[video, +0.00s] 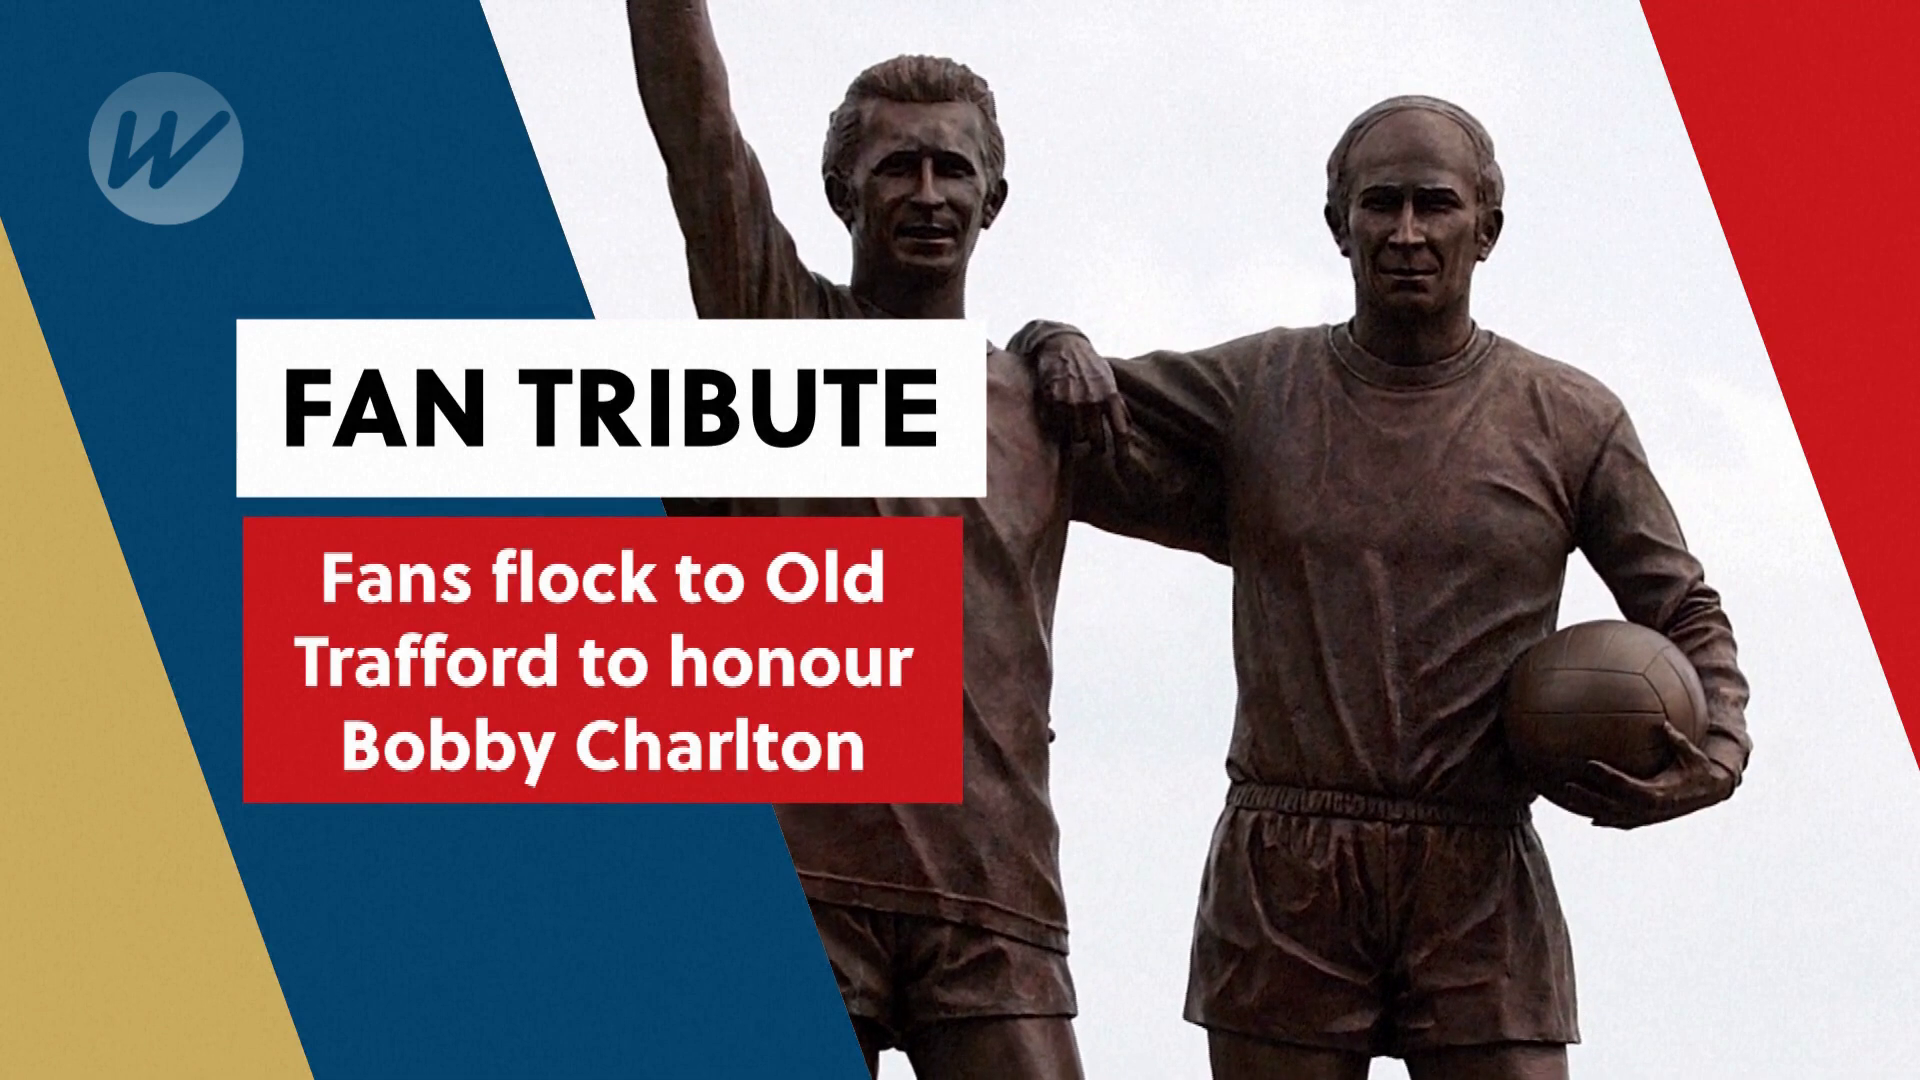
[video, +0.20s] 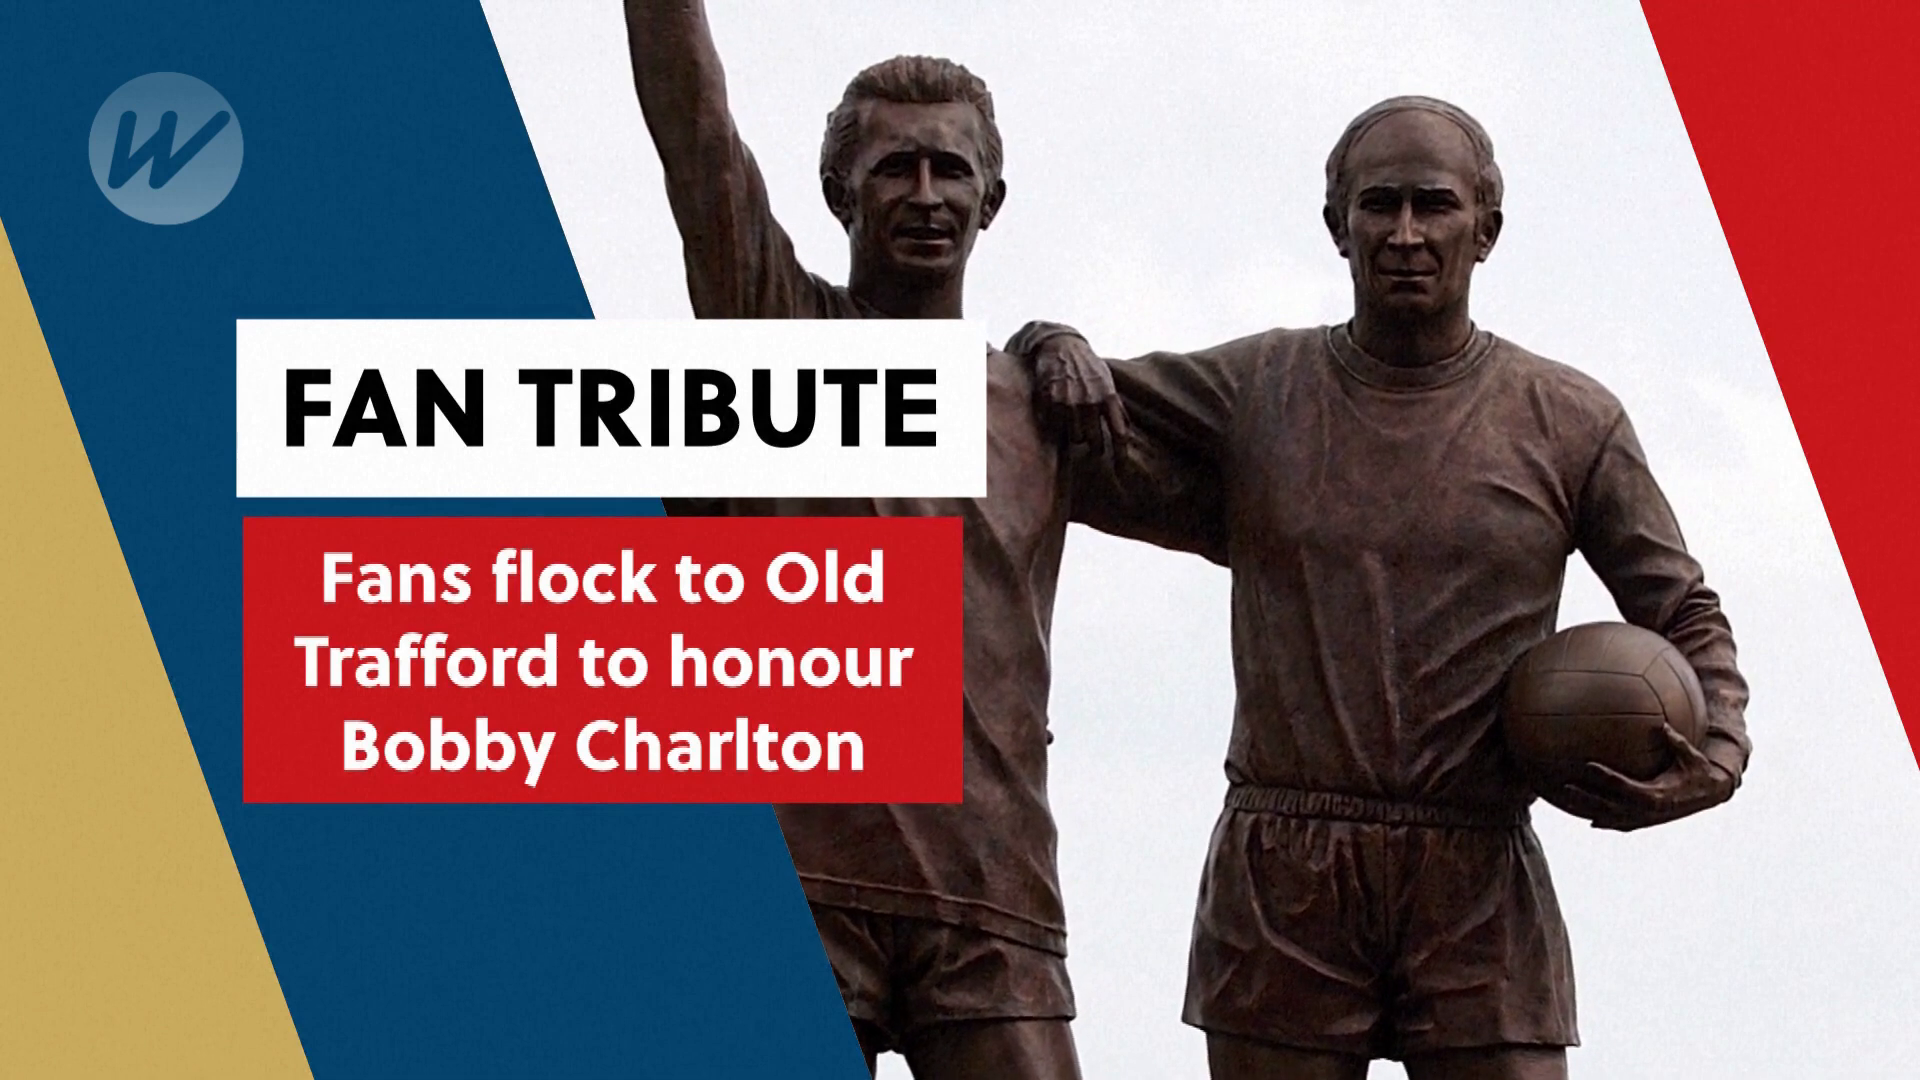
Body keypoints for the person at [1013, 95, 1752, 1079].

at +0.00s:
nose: (1406, 230)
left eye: (1435, 202)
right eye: (1379, 203)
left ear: (1488, 225)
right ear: (1338, 225)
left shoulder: (1571, 416)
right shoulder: (1257, 383)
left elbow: (1682, 610)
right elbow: (1084, 412)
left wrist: (1719, 746)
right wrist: (1052, 346)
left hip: (1479, 883)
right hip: (1281, 877)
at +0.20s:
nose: (1404, 232)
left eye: (1434, 203)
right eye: (1377, 205)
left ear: (1488, 226)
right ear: (1337, 226)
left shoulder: (1570, 417)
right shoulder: (1256, 385)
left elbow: (1681, 611)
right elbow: (1084, 424)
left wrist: (1720, 747)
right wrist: (1051, 348)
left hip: (1478, 885)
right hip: (1279, 878)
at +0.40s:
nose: (1403, 232)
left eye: (1432, 204)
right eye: (1376, 206)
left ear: (1487, 228)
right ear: (1336, 227)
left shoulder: (1570, 418)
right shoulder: (1254, 386)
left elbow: (1681, 612)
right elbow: (1080, 436)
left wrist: (1719, 750)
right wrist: (1047, 351)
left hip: (1478, 888)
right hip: (1277, 882)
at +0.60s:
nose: (1402, 234)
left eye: (1432, 205)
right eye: (1376, 206)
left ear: (1486, 228)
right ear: (1334, 227)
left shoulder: (1569, 419)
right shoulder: (1252, 387)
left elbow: (1681, 614)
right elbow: (1081, 442)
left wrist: (1718, 752)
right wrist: (1047, 352)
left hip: (1477, 890)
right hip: (1276, 885)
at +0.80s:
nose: (1401, 235)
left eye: (1432, 205)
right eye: (1374, 207)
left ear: (1485, 228)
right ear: (1333, 227)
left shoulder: (1568, 420)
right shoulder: (1251, 387)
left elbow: (1681, 616)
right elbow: (1077, 438)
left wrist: (1718, 754)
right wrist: (1046, 354)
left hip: (1475, 891)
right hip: (1274, 887)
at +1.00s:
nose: (1401, 234)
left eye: (1431, 205)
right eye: (1373, 207)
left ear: (1485, 227)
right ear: (1332, 228)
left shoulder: (1567, 421)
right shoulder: (1250, 388)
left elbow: (1680, 617)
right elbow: (1074, 439)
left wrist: (1719, 755)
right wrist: (1044, 353)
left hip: (1473, 894)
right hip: (1272, 890)